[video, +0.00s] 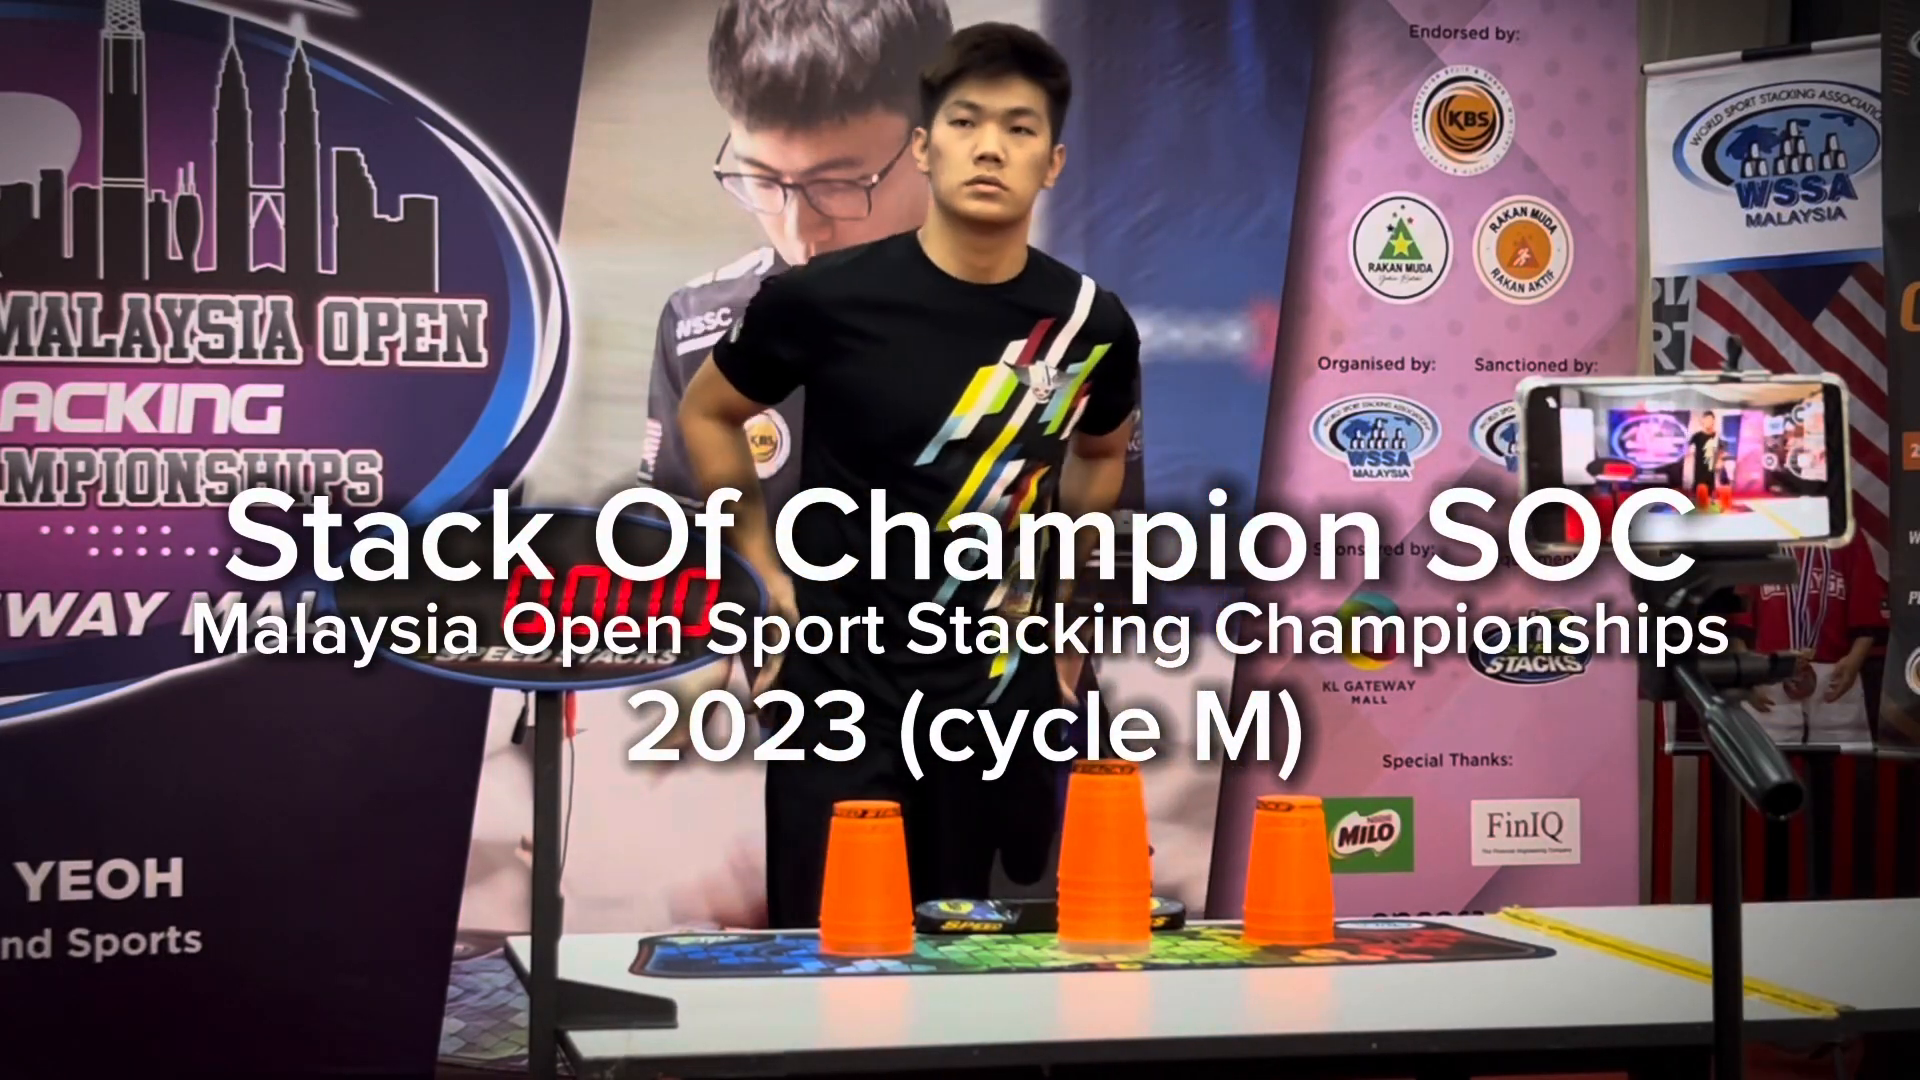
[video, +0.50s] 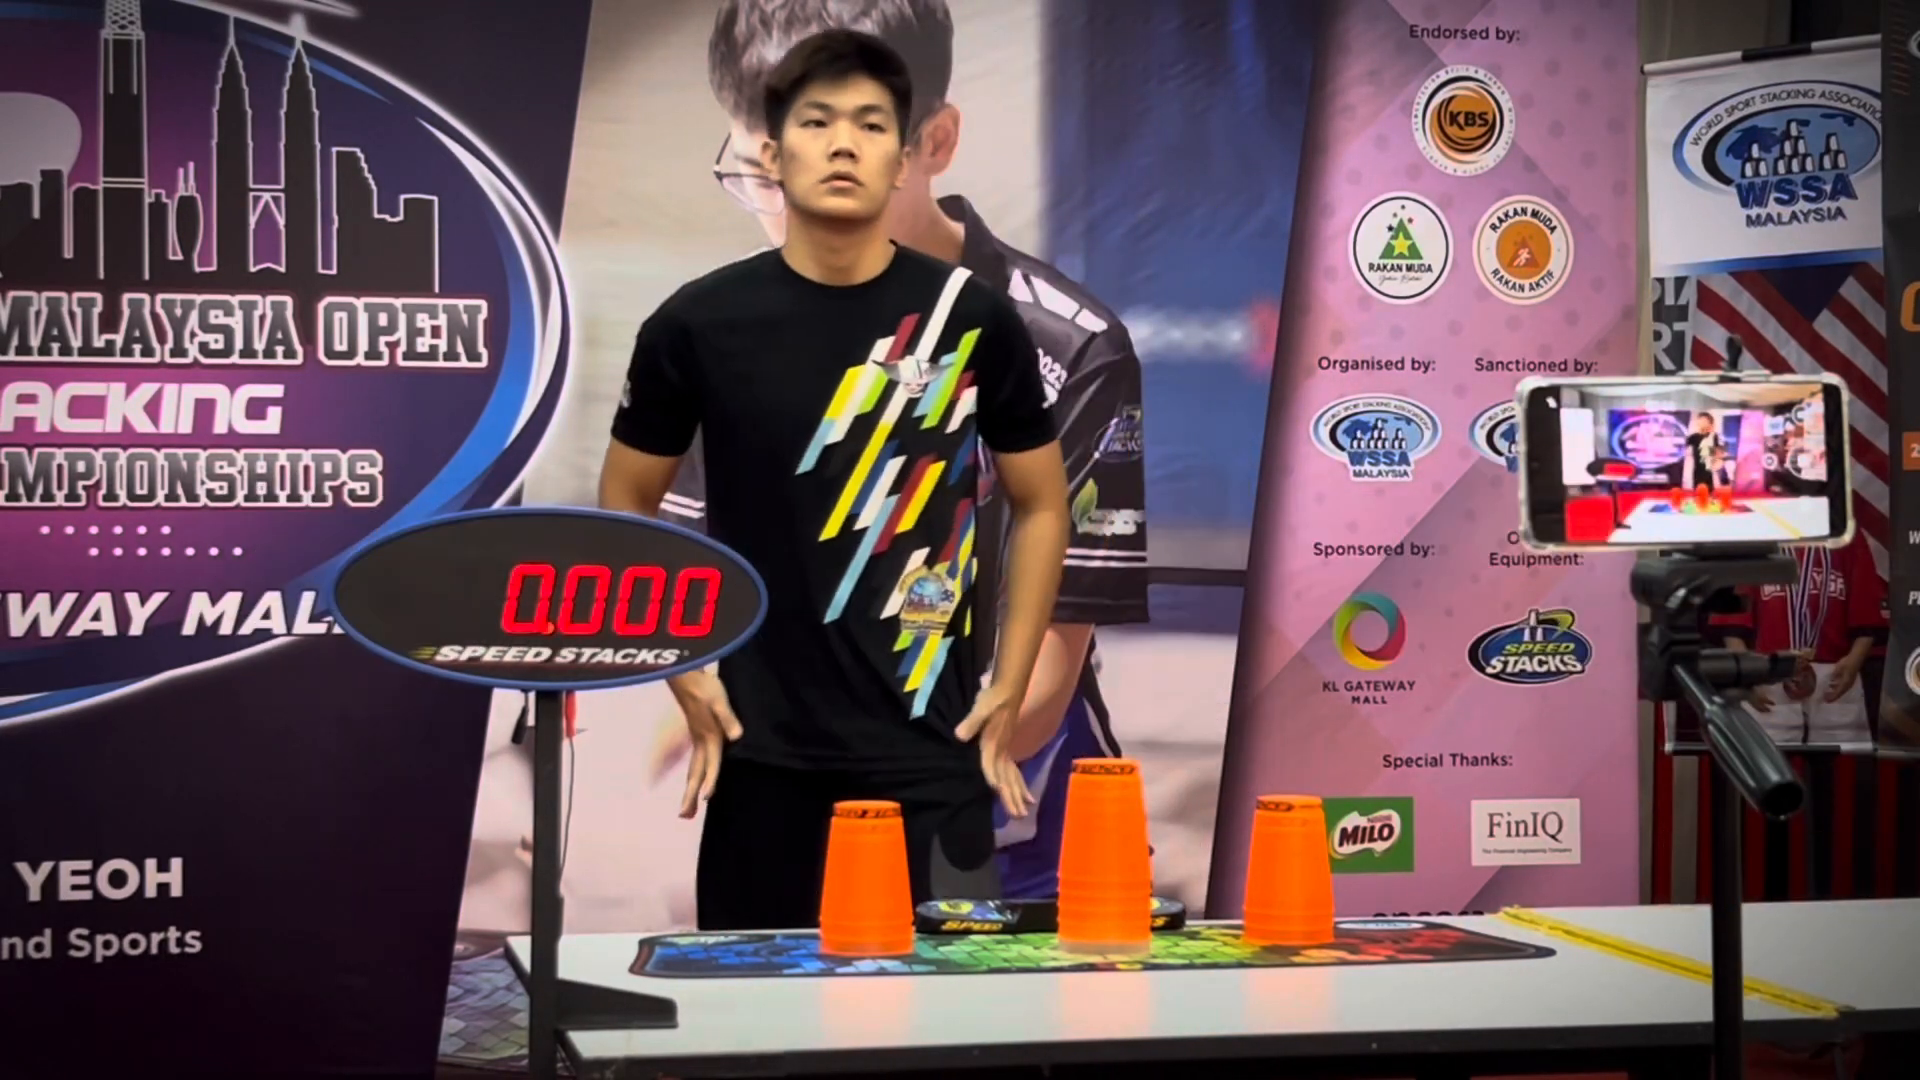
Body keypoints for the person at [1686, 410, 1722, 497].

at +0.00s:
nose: (1709, 422)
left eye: (1711, 419)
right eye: (1706, 419)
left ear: (1714, 421)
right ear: (1702, 421)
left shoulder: (1717, 438)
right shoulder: (1698, 436)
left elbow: (1721, 452)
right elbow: (1687, 446)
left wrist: (1719, 462)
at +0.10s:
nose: (1709, 422)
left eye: (1711, 419)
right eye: (1707, 419)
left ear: (1714, 421)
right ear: (1702, 421)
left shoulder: (1716, 437)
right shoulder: (1698, 436)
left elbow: (1721, 451)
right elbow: (1688, 445)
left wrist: (1719, 461)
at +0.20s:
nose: (1708, 422)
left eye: (1710, 419)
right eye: (1706, 419)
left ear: (1713, 421)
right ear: (1702, 421)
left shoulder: (1717, 438)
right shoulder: (1698, 436)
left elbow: (1721, 452)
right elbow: (1688, 446)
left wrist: (1719, 461)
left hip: (1712, 462)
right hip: (1700, 462)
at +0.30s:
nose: (1707, 423)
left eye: (1709, 420)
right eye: (1705, 420)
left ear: (1713, 422)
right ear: (1702, 421)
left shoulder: (1716, 438)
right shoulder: (1698, 436)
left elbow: (1721, 451)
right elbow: (1688, 445)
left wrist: (1719, 461)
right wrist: (1691, 453)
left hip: (1711, 461)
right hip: (1700, 461)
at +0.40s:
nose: (1705, 424)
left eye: (1707, 421)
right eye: (1703, 421)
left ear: (1712, 423)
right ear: (1700, 422)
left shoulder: (1715, 437)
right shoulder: (1697, 437)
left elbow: (1721, 451)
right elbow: (1687, 444)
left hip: (1711, 464)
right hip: (1699, 464)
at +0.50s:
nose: (1703, 426)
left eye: (1705, 422)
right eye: (1701, 422)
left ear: (1711, 424)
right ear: (1698, 423)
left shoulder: (1714, 437)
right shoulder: (1695, 437)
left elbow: (1720, 451)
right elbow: (1687, 441)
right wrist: (1701, 434)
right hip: (1699, 469)